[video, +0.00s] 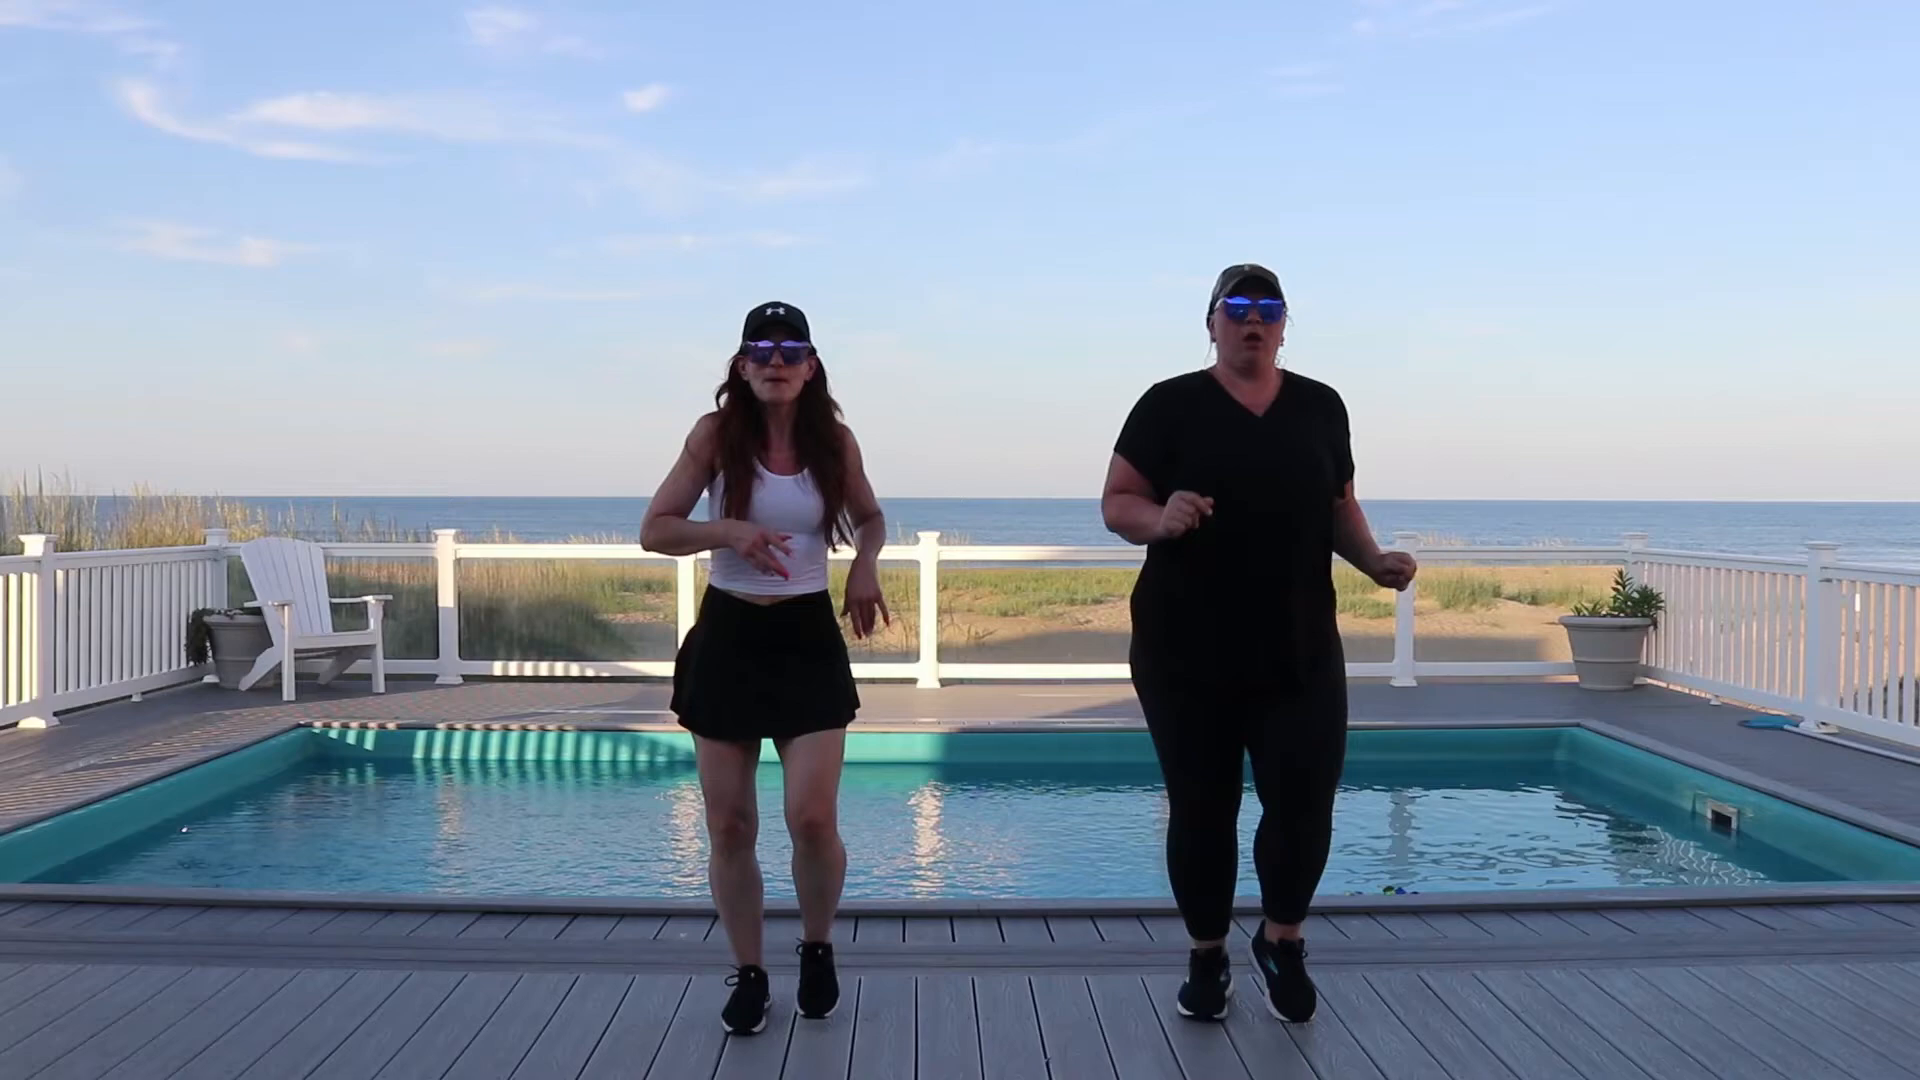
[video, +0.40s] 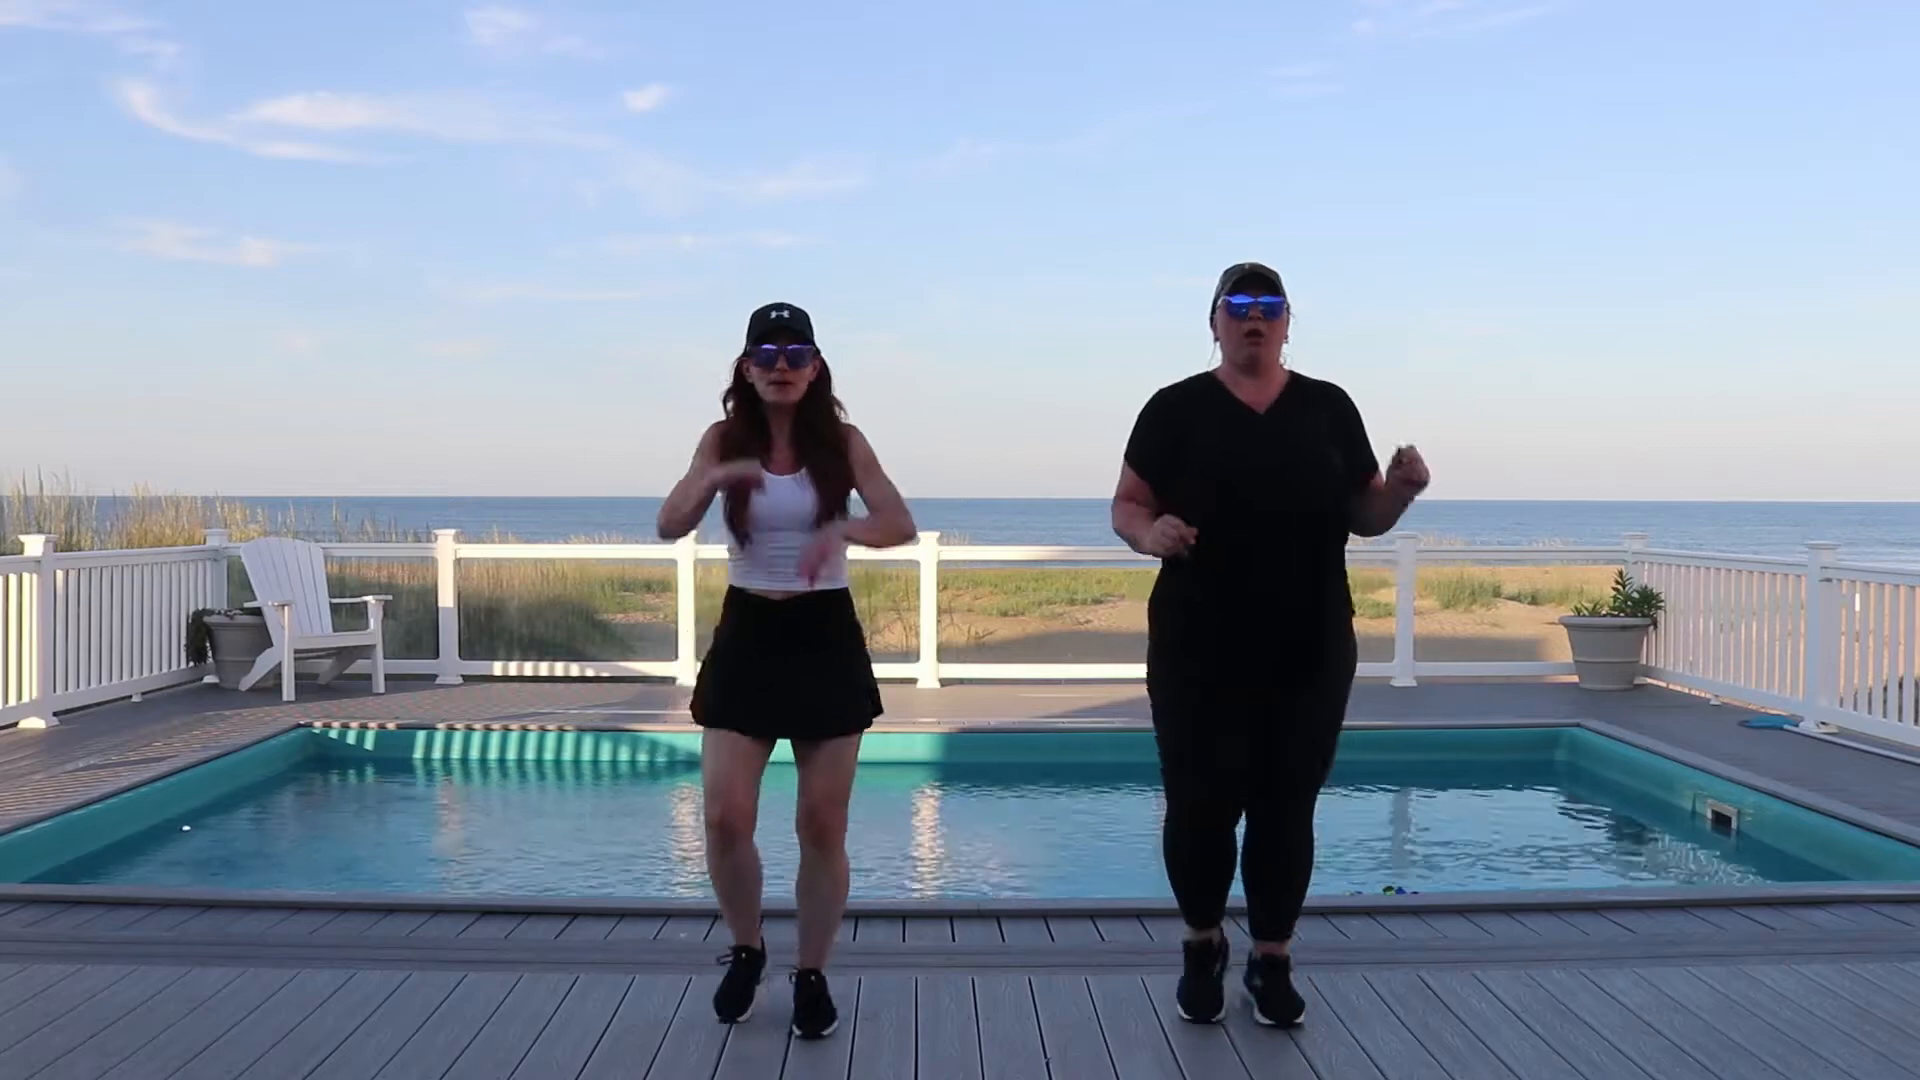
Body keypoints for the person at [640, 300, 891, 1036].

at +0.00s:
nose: (779, 365)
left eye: (793, 353)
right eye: (765, 354)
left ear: (812, 363)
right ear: (743, 364)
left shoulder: (832, 438)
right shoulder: (716, 434)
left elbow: (871, 517)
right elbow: (657, 530)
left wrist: (864, 563)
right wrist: (725, 532)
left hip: (809, 639)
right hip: (728, 638)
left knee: (811, 821)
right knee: (730, 826)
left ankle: (817, 950)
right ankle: (749, 973)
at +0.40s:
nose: (781, 368)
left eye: (796, 356)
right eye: (766, 357)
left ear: (816, 366)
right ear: (746, 367)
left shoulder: (840, 440)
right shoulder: (723, 438)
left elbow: (899, 524)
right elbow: (670, 524)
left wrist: (841, 532)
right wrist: (717, 477)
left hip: (826, 637)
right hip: (746, 637)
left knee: (822, 824)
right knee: (724, 820)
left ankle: (812, 973)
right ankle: (746, 949)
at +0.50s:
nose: (782, 360)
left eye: (795, 349)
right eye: (767, 349)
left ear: (813, 357)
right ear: (745, 358)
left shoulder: (832, 423)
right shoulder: (726, 428)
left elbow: (884, 476)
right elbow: (676, 498)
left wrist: (835, 425)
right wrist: (710, 442)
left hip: (827, 628)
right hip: (749, 628)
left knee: (821, 817)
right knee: (733, 820)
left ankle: (812, 973)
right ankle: (747, 946)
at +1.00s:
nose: (781, 360)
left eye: (795, 347)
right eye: (766, 349)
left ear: (814, 356)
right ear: (745, 360)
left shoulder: (836, 429)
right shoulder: (726, 432)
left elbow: (880, 506)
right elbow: (665, 493)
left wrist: (837, 498)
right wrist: (707, 431)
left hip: (818, 629)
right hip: (738, 629)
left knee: (815, 823)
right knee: (740, 816)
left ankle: (818, 963)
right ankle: (747, 972)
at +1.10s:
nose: (787, 361)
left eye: (800, 350)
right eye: (772, 351)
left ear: (820, 361)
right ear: (752, 363)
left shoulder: (845, 442)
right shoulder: (728, 439)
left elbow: (891, 542)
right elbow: (660, 516)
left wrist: (854, 603)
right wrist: (692, 476)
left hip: (825, 635)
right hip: (745, 633)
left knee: (824, 829)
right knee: (737, 824)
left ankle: (818, 966)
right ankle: (747, 970)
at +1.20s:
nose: (793, 364)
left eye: (807, 355)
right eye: (779, 355)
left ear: (826, 367)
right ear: (757, 366)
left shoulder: (849, 445)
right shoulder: (732, 442)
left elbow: (911, 543)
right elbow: (666, 512)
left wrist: (909, 618)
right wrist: (652, 541)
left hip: (829, 639)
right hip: (748, 637)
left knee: (829, 826)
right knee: (734, 821)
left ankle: (819, 965)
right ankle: (750, 956)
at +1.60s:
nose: (782, 385)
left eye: (795, 372)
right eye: (767, 372)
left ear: (814, 380)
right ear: (744, 380)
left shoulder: (830, 456)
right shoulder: (714, 453)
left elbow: (861, 525)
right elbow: (677, 554)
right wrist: (716, 621)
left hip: (809, 647)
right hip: (731, 647)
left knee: (822, 833)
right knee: (732, 838)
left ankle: (811, 977)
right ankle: (763, 970)